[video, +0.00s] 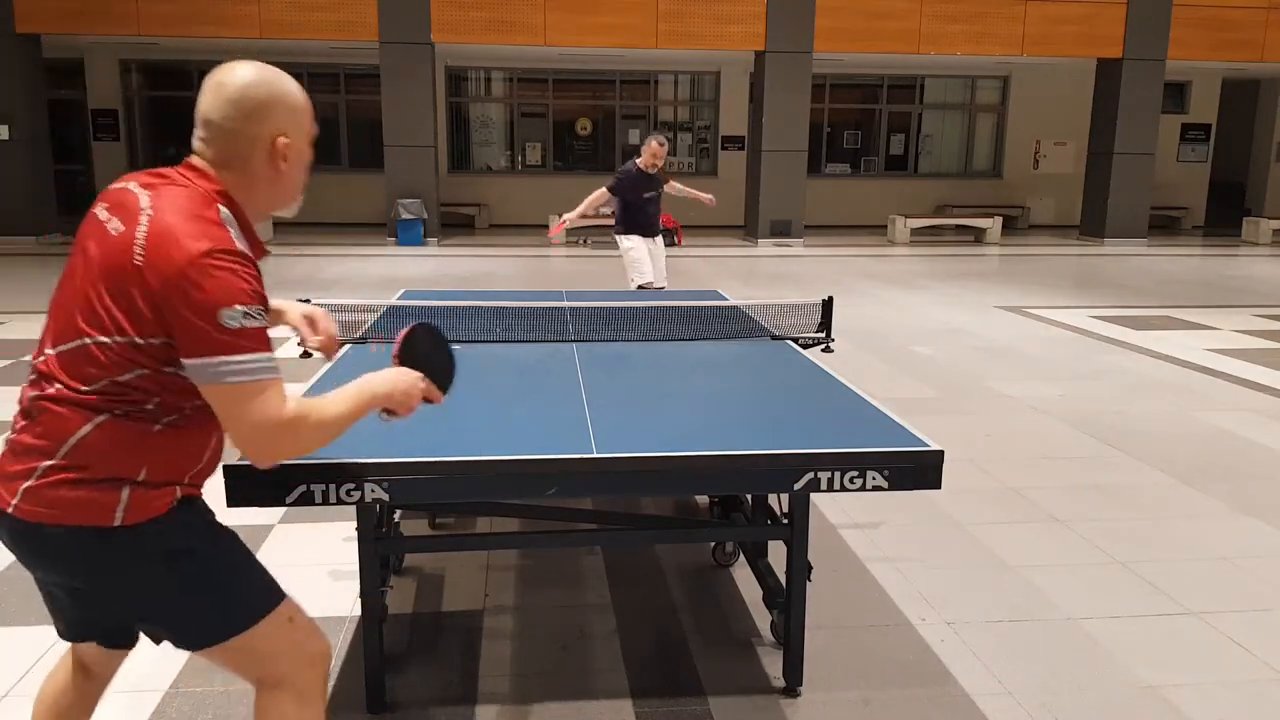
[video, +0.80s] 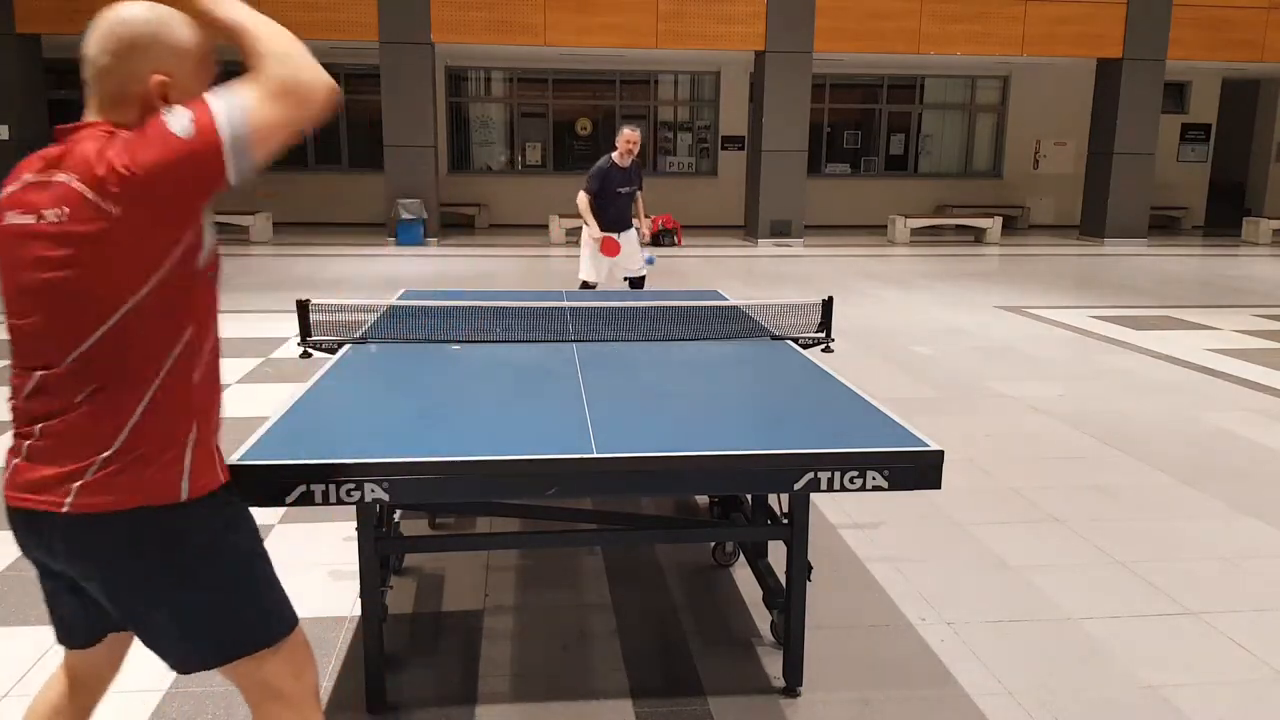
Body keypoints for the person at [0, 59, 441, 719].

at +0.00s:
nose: (313, 161)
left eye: (312, 144)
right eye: (310, 143)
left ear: (206, 133)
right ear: (279, 151)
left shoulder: (131, 194)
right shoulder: (203, 255)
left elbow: (170, 302)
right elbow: (268, 437)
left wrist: (279, 311)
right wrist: (374, 390)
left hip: (39, 496)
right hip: (120, 510)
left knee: (90, 657)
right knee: (297, 662)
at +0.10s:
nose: (356, 189)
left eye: (360, 172)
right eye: (359, 172)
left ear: (256, 157)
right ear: (328, 180)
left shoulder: (182, 208)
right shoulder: (248, 281)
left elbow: (222, 321)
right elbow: (319, 462)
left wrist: (335, 321)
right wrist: (425, 403)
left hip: (59, 504)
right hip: (134, 529)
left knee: (108, 661)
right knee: (315, 686)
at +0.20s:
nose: (409, 230)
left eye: (411, 216)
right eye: (409, 216)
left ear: (305, 193)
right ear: (379, 222)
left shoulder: (244, 234)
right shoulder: (288, 321)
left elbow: (308, 355)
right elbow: (328, 507)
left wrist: (398, 332)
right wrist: (451, 479)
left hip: (90, 515)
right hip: (152, 544)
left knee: (150, 652)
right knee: (346, 680)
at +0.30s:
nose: (436, 268)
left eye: (442, 252)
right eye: (439, 252)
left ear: (345, 216)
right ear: (411, 252)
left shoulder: (293, 254)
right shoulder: (291, 348)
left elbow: (385, 351)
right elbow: (228, 542)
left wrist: (430, 333)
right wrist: (358, 604)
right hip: (144, 546)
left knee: (175, 658)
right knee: (350, 670)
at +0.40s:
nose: (437, 278)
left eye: (442, 265)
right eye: (439, 262)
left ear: (346, 220)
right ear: (406, 258)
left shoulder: (310, 256)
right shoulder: (273, 356)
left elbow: (392, 342)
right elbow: (156, 524)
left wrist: (429, 324)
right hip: (166, 537)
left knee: (184, 674)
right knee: (355, 678)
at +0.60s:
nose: (357, 177)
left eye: (358, 159)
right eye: (348, 158)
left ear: (278, 156)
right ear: (287, 160)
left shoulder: (186, 199)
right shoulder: (209, 276)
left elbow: (257, 298)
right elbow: (240, 469)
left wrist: (319, 262)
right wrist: (366, 502)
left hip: (118, 501)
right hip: (174, 519)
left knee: (158, 657)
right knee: (327, 680)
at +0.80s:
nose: (207, 97)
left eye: (206, 81)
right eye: (200, 80)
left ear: (92, 82)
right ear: (162, 92)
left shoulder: (21, 185)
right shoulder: (148, 165)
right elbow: (307, 88)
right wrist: (234, 11)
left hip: (42, 501)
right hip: (153, 502)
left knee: (83, 669)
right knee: (285, 686)